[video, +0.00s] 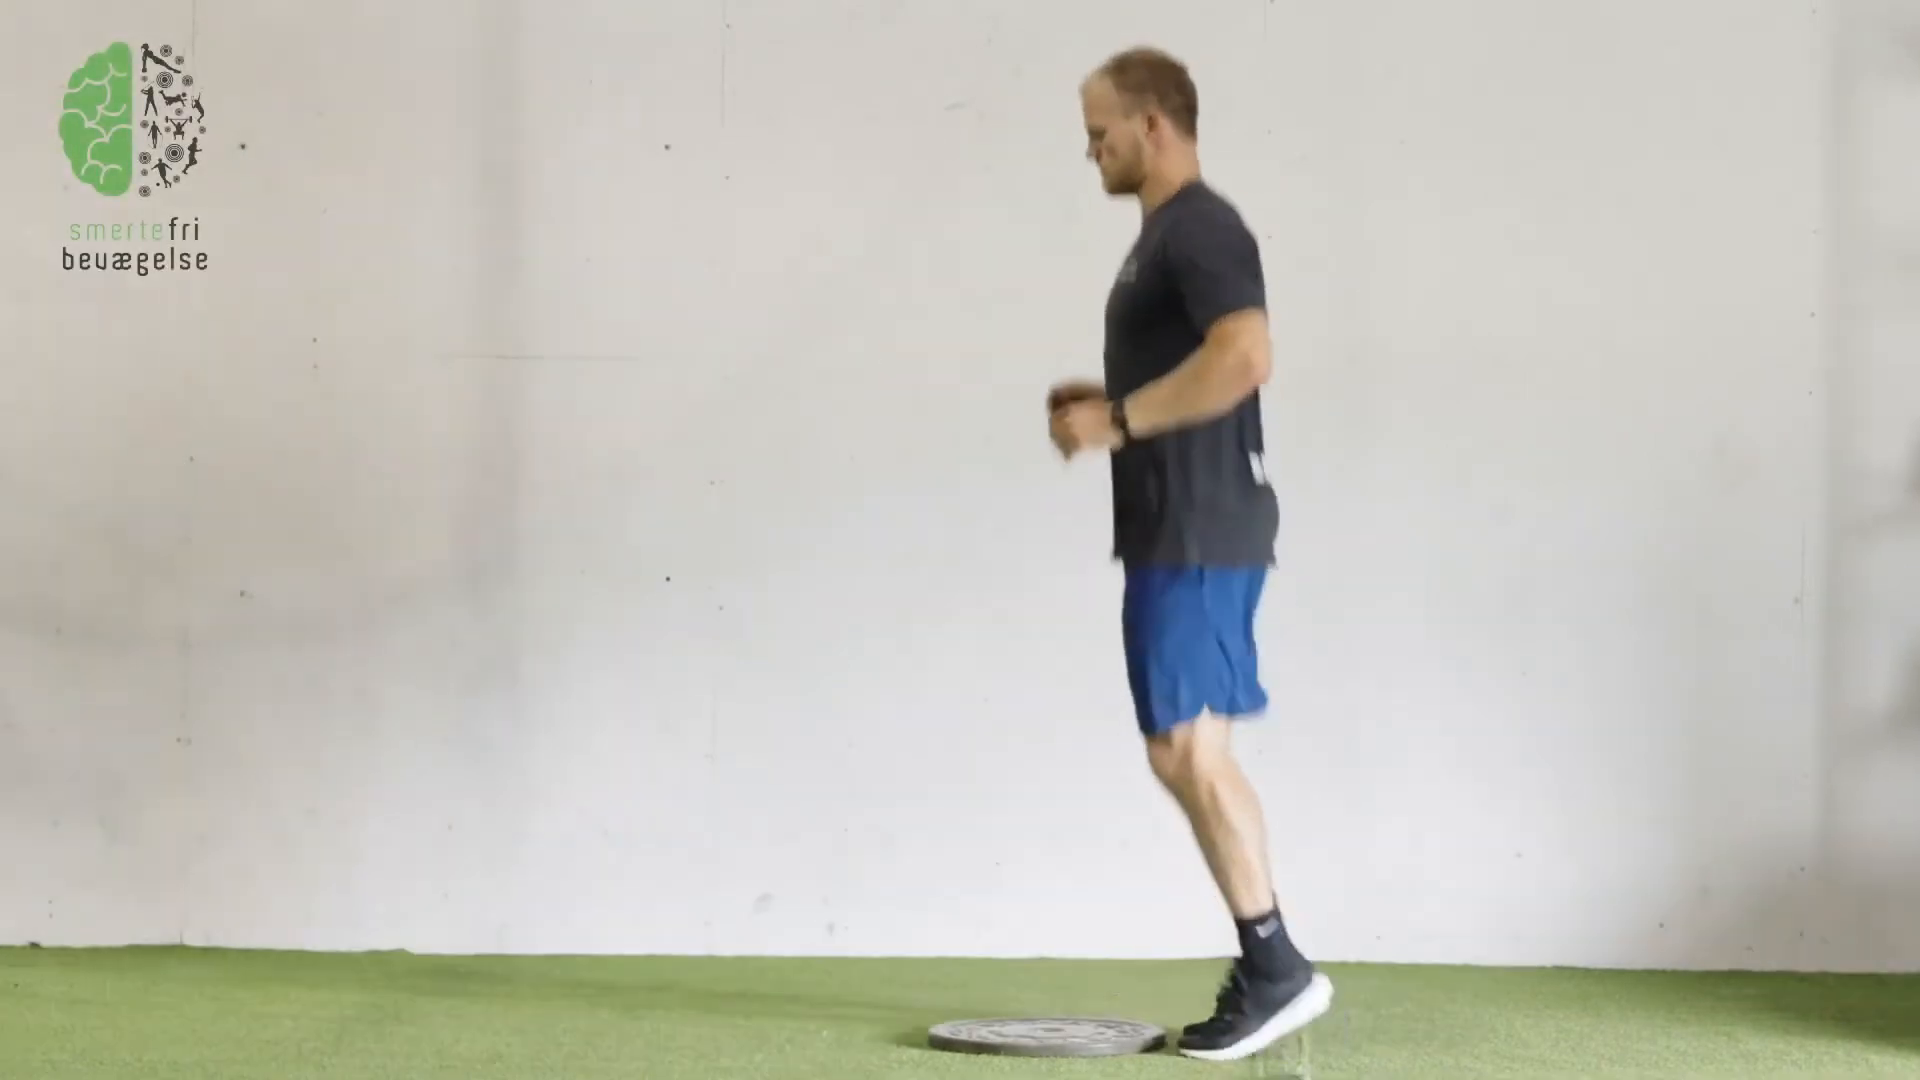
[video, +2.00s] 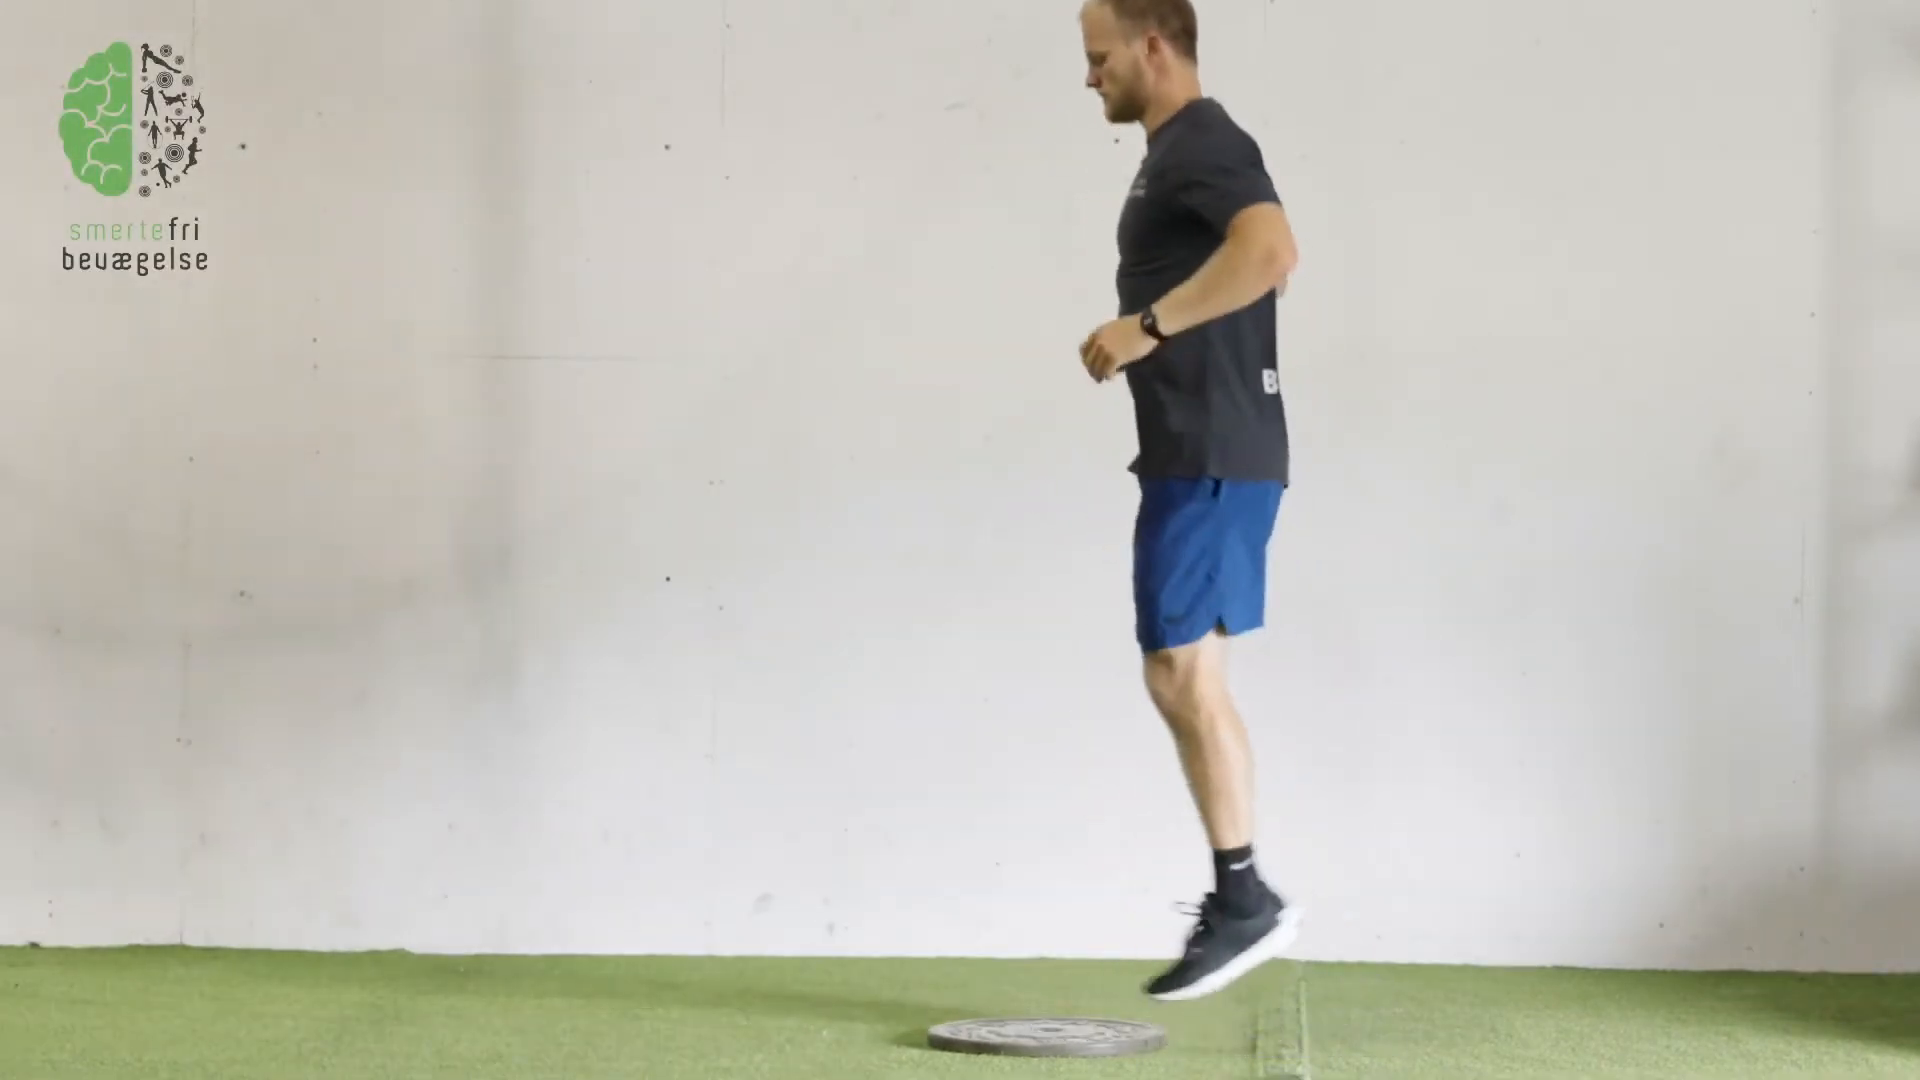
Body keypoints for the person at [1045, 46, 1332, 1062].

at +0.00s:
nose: (1091, 153)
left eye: (1099, 134)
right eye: (1090, 136)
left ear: (1153, 126)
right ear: (1150, 129)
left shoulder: (1200, 225)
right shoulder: (1169, 233)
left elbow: (1243, 358)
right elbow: (1198, 374)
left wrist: (1119, 421)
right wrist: (1106, 401)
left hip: (1197, 537)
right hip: (1176, 534)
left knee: (1187, 748)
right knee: (1186, 747)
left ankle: (1274, 969)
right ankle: (1268, 967)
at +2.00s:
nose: (1090, 77)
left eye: (1097, 57)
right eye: (1088, 60)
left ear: (1153, 47)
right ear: (1153, 51)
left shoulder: (1202, 139)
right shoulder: (1186, 145)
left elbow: (1268, 248)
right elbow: (1270, 260)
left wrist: (1149, 325)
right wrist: (1163, 334)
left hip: (1210, 461)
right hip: (1195, 457)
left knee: (1184, 677)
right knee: (1183, 678)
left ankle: (1242, 898)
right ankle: (1238, 896)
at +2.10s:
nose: (1073, 112)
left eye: (1082, 92)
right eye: (1071, 94)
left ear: (1137, 83)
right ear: (1132, 87)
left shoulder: (1185, 175)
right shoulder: (1161, 182)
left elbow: (1240, 298)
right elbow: (1211, 320)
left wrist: (1127, 380)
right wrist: (1129, 406)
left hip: (1202, 489)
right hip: (1177, 486)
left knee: (1154, 711)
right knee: (1144, 710)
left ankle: (1171, 942)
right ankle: (1167, 938)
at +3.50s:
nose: (1101, 124)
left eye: (1111, 105)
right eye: (1101, 108)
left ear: (1166, 99)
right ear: (1166, 103)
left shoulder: (1219, 199)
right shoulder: (1185, 208)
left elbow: (1288, 324)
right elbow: (1247, 341)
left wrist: (1191, 432)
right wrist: (1169, 446)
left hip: (1230, 517)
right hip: (1208, 514)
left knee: (1203, 732)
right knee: (1191, 734)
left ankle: (1297, 949)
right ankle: (1290, 947)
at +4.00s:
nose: (1081, 109)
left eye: (1090, 89)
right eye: (1079, 92)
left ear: (1148, 81)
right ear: (1144, 85)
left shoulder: (1191, 177)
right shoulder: (1165, 183)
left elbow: (1238, 309)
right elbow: (1214, 325)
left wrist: (1119, 385)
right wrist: (1125, 404)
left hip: (1197, 491)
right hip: (1175, 488)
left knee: (1147, 715)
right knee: (1141, 714)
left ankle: (1172, 950)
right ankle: (1163, 946)